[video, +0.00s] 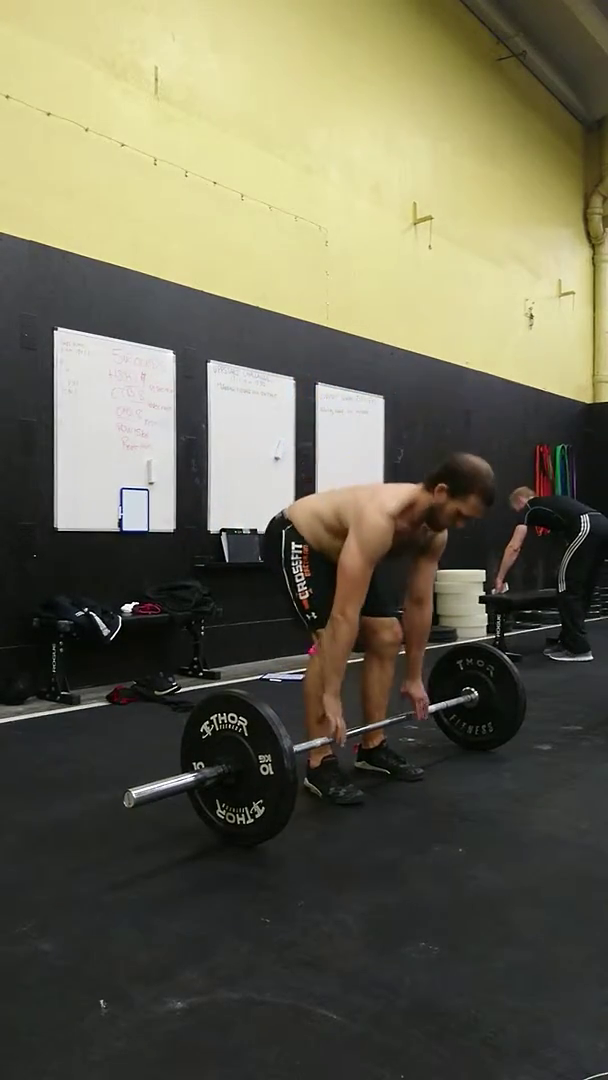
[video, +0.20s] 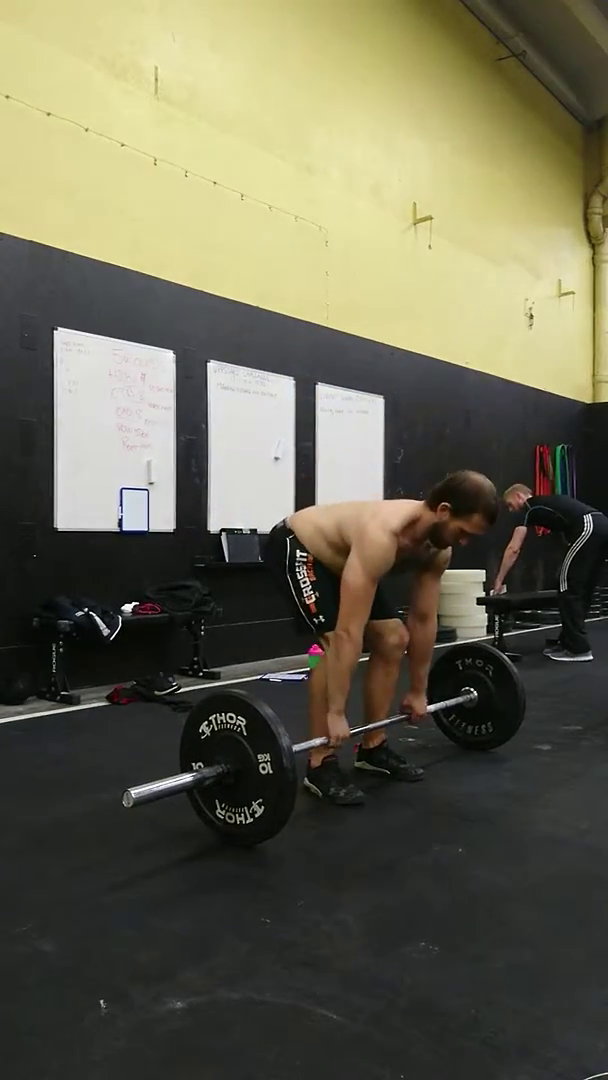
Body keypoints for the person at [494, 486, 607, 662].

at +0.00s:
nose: (519, 512)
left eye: (518, 508)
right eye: (517, 509)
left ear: (521, 501)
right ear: (531, 497)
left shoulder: (531, 508)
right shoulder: (550, 502)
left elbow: (514, 547)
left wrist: (500, 578)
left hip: (587, 528)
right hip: (600, 525)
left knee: (567, 585)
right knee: (582, 586)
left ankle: (578, 648)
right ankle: (569, 641)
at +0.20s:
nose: (511, 510)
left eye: (510, 505)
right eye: (509, 506)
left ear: (520, 497)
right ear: (525, 497)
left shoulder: (529, 508)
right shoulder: (543, 502)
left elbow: (514, 549)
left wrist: (499, 580)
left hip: (588, 527)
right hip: (599, 524)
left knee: (568, 584)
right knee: (581, 586)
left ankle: (578, 648)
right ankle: (569, 642)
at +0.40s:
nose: (506, 496)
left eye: (506, 490)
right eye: (503, 492)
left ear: (519, 483)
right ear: (521, 484)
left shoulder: (532, 496)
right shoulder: (539, 493)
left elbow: (531, 539)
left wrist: (513, 570)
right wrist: (516, 568)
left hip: (592, 527)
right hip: (596, 524)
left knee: (571, 584)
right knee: (579, 585)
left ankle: (578, 648)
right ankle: (570, 641)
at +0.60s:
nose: (510, 471)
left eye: (512, 465)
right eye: (506, 469)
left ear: (524, 462)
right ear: (507, 471)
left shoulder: (538, 479)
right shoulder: (541, 481)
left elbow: (549, 520)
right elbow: (563, 525)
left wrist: (534, 553)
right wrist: (557, 555)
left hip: (592, 524)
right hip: (583, 527)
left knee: (574, 581)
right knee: (568, 580)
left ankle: (580, 646)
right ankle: (569, 640)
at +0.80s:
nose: (521, 457)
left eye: (524, 452)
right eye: (517, 455)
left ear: (535, 450)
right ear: (515, 459)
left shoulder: (549, 471)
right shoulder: (539, 477)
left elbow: (562, 512)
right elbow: (555, 512)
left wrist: (546, 543)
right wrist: (547, 542)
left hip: (590, 523)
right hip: (576, 526)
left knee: (578, 581)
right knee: (567, 581)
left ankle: (584, 646)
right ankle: (568, 641)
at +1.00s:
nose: (521, 459)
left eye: (523, 453)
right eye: (516, 457)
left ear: (536, 449)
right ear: (516, 459)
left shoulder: (554, 470)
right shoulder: (538, 477)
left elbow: (566, 512)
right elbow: (551, 513)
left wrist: (549, 542)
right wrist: (548, 543)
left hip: (591, 524)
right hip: (574, 528)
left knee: (580, 583)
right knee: (567, 582)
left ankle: (584, 646)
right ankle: (567, 641)